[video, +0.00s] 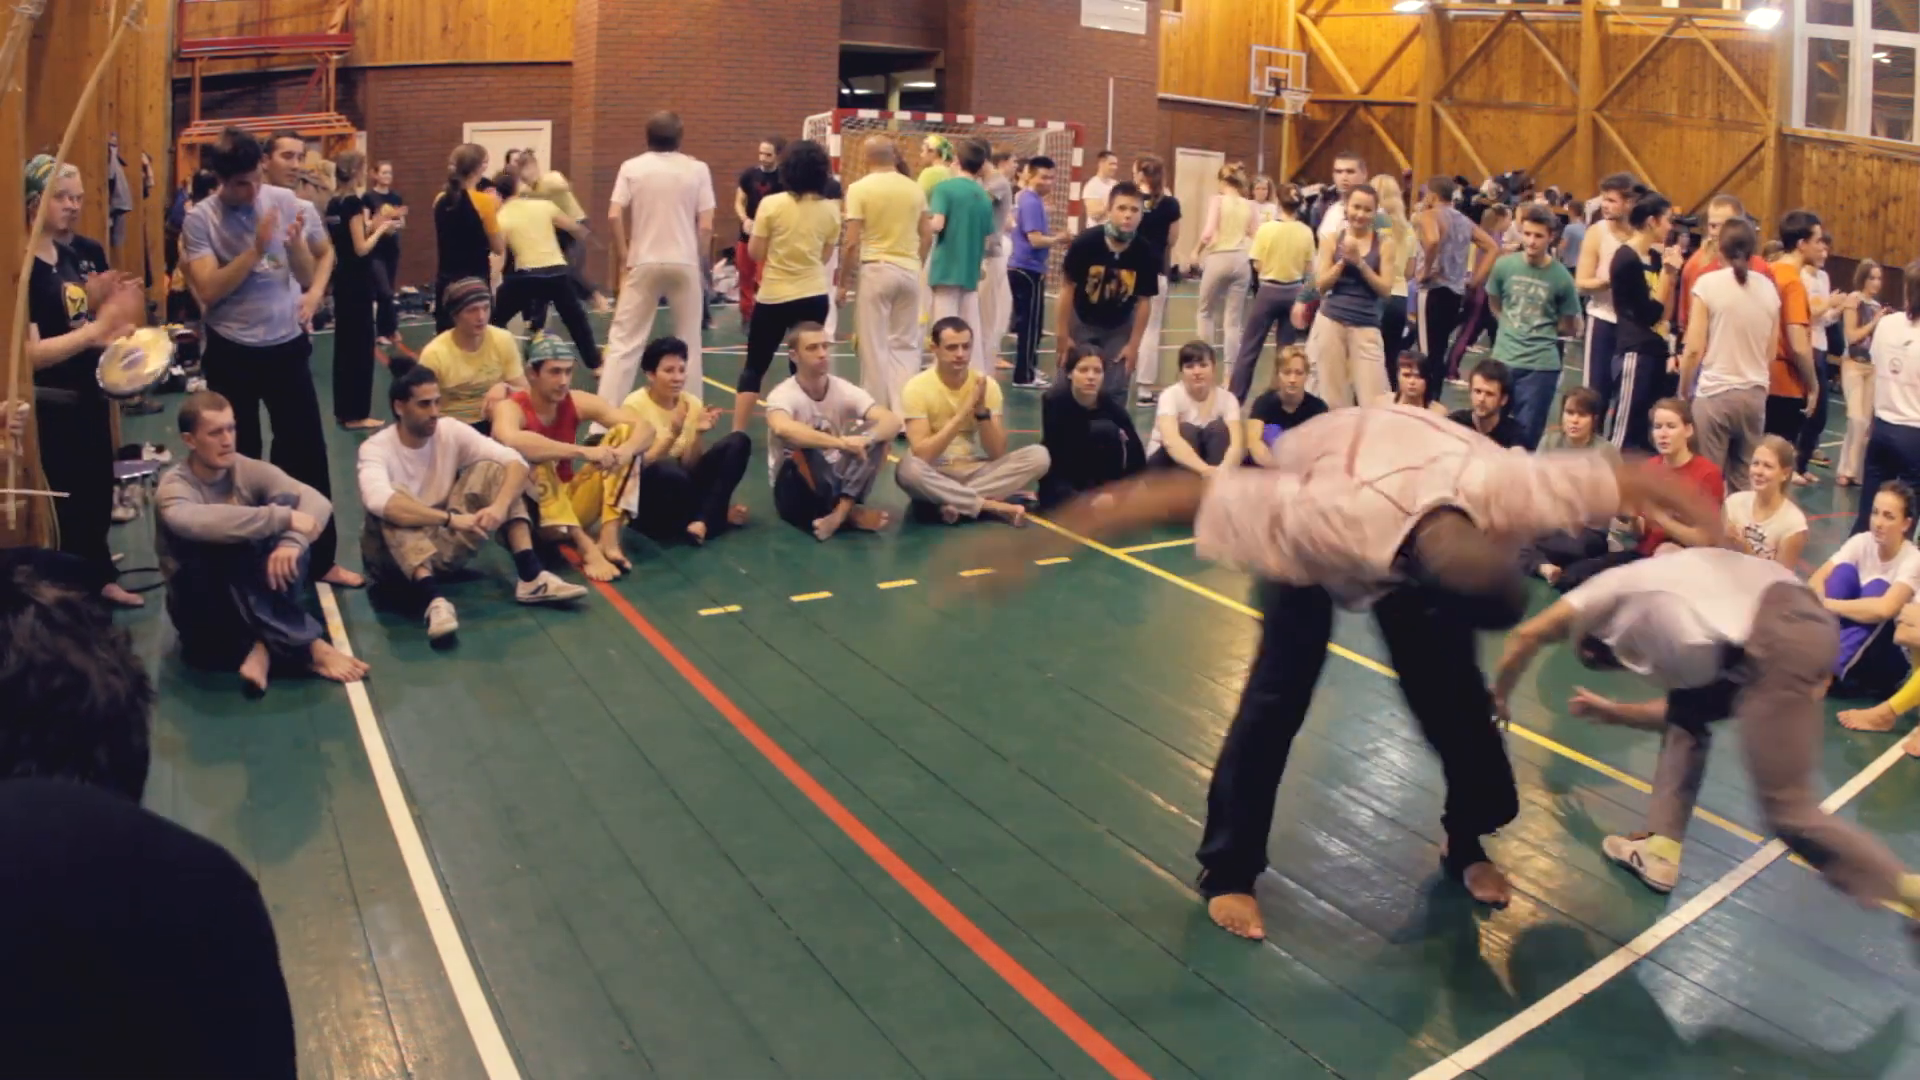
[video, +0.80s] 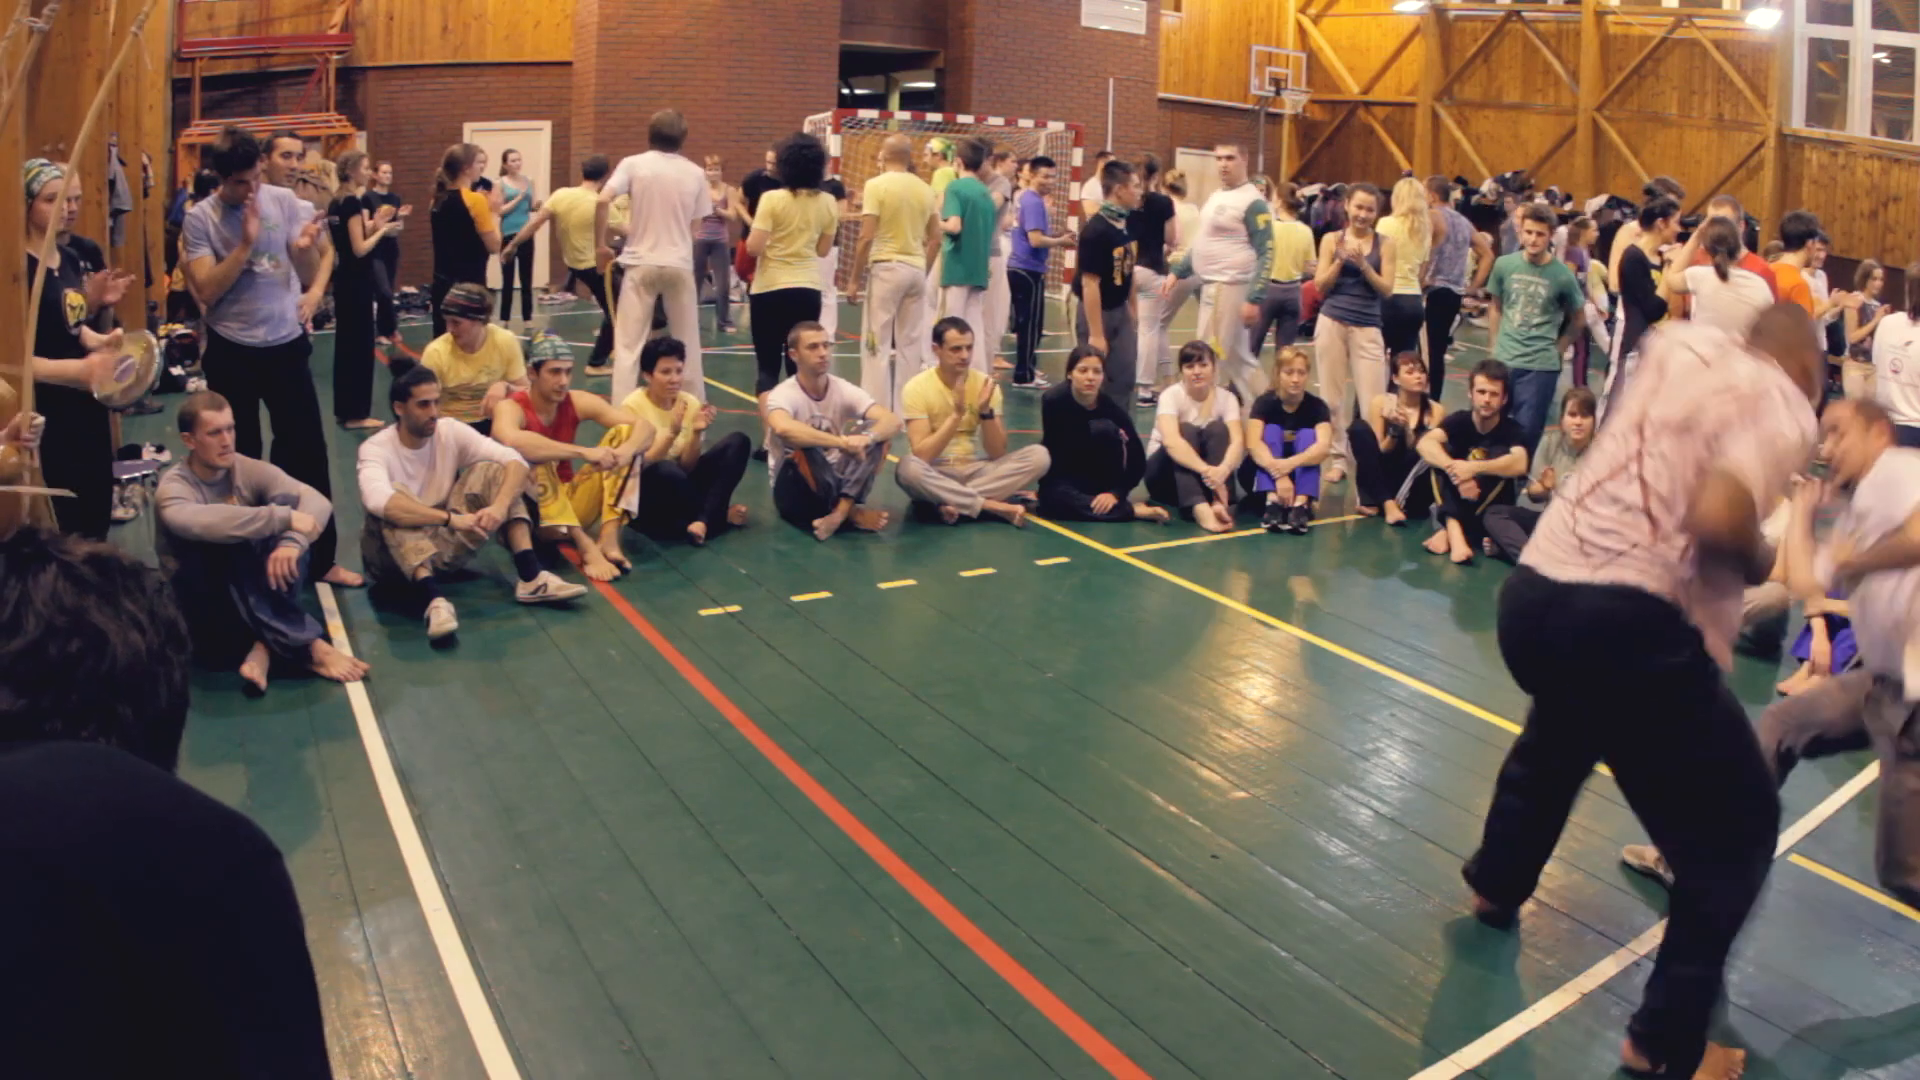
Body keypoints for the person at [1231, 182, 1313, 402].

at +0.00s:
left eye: (1278, 202)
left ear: (1278, 203)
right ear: (1299, 205)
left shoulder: (1267, 229)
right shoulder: (1306, 232)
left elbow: (1255, 259)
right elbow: (1309, 263)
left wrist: (1264, 278)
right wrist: (1300, 280)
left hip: (1268, 286)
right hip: (1294, 287)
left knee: (1251, 344)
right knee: (1287, 346)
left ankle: (1236, 396)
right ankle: (1285, 398)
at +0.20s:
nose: (1309, 169)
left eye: (1316, 163)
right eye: (1303, 163)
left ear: (1330, 166)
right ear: (1297, 168)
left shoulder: (1338, 201)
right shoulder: (1298, 199)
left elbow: (1345, 248)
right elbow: (1285, 246)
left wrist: (1332, 289)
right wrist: (1263, 286)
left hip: (1318, 293)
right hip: (1292, 292)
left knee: (1316, 364)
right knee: (1287, 359)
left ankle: (1319, 423)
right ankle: (1283, 419)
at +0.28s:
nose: (1298, 168)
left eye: (1304, 162)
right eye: (1292, 162)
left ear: (1317, 165)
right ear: (1286, 167)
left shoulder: (1328, 202)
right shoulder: (1286, 199)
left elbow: (1337, 250)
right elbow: (1271, 246)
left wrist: (1330, 289)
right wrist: (1249, 282)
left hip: (1309, 288)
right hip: (1282, 287)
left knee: (1302, 358)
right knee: (1280, 356)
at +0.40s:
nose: (1282, 166)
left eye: (1288, 161)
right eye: (1277, 161)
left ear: (1300, 163)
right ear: (1270, 166)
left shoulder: (1311, 200)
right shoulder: (1270, 198)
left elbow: (1327, 251)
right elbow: (1253, 242)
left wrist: (1319, 297)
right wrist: (1230, 276)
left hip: (1293, 287)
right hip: (1268, 285)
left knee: (1265, 355)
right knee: (1266, 355)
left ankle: (1267, 417)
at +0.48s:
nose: (1272, 166)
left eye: (1278, 160)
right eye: (1266, 161)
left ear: (1291, 164)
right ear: (1260, 166)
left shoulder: (1302, 201)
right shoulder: (1258, 198)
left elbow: (1316, 251)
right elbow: (1242, 241)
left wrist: (1306, 296)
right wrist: (1217, 275)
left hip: (1282, 287)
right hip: (1259, 286)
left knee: (1250, 357)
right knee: (1274, 357)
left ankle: (1250, 427)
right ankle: (1275, 425)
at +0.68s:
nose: (1243, 166)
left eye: (1249, 161)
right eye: (1238, 161)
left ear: (1263, 164)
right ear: (1232, 166)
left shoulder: (1273, 201)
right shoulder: (1233, 198)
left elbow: (1290, 253)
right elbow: (1218, 245)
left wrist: (1277, 298)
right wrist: (1188, 270)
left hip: (1255, 288)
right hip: (1230, 287)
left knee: (1224, 352)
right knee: (1258, 357)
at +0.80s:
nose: (1223, 164)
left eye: (1230, 159)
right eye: (1219, 159)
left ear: (1244, 162)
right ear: (1215, 164)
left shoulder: (1253, 201)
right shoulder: (1216, 197)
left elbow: (1266, 252)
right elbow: (1204, 242)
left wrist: (1254, 299)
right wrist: (1177, 272)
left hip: (1235, 285)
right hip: (1211, 283)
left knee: (1217, 350)